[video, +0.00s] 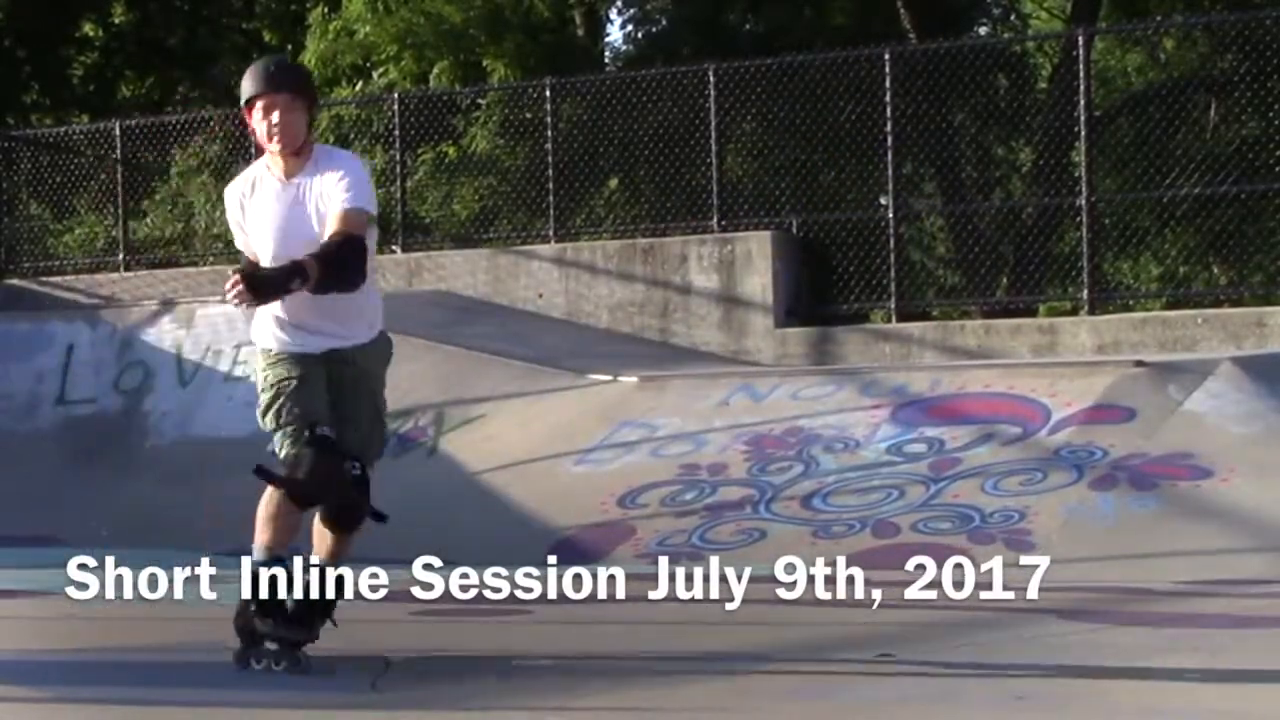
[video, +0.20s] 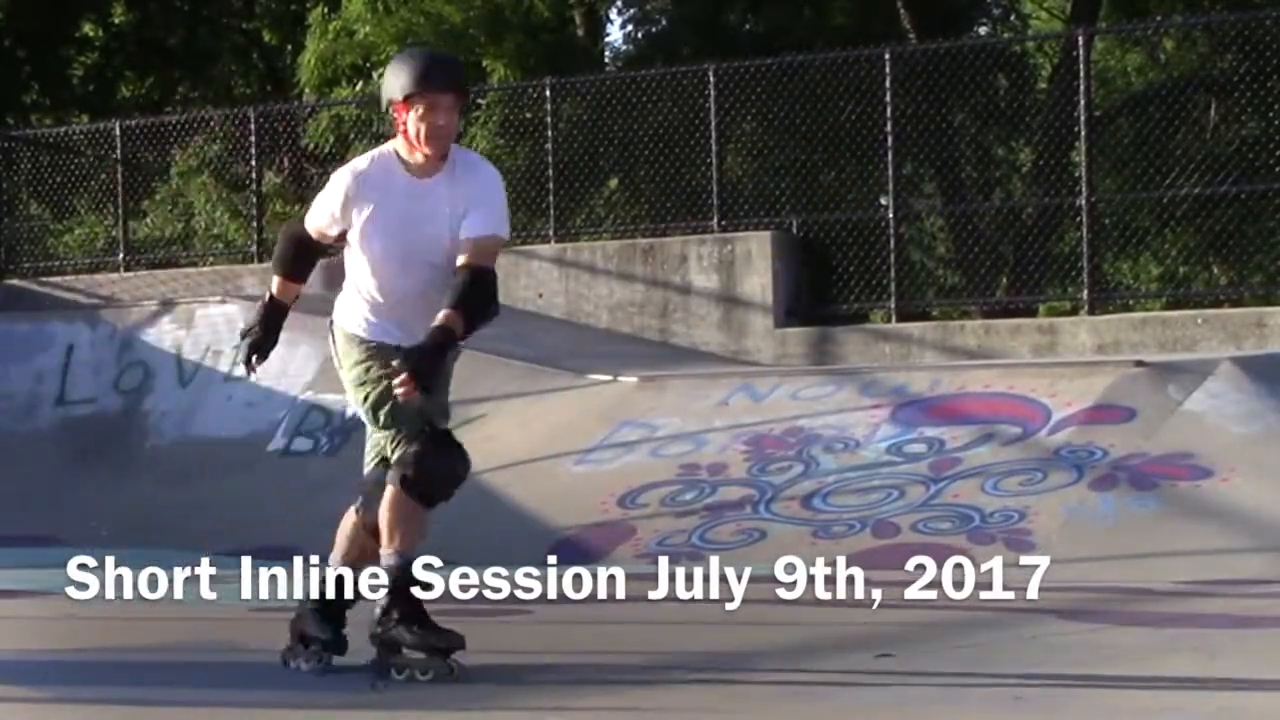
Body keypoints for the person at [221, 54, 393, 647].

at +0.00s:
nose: (273, 122)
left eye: (284, 109)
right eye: (262, 112)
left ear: (309, 111)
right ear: (248, 122)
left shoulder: (344, 172)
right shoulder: (240, 194)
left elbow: (347, 263)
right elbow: (264, 272)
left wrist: (277, 279)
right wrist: (253, 289)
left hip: (356, 346)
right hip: (285, 344)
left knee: (350, 487)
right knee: (304, 465)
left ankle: (315, 606)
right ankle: (258, 605)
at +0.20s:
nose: (438, 124)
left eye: (448, 110)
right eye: (426, 110)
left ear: (462, 112)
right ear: (399, 113)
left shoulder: (480, 181)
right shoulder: (358, 180)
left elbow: (477, 290)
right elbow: (303, 246)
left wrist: (429, 353)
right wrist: (271, 319)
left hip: (432, 345)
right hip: (364, 338)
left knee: (387, 488)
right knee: (417, 457)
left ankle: (322, 611)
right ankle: (399, 609)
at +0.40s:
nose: (608, 113)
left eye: (613, 99)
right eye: (596, 99)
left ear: (613, 102)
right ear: (555, 101)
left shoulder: (613, 180)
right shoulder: (499, 166)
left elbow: (628, 277)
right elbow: (408, 226)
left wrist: (643, 362)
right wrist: (363, 307)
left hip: (527, 345)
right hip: (471, 333)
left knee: (499, 492)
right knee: (554, 454)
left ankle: (422, 617)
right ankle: (551, 617)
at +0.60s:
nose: (753, 81)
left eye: (752, 68)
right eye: (740, 70)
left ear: (721, 78)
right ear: (694, 77)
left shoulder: (743, 157)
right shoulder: (642, 144)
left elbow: (775, 260)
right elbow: (559, 224)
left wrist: (820, 344)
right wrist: (527, 322)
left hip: (666, 331)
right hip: (610, 324)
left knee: (657, 490)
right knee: (709, 452)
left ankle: (573, 619)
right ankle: (717, 621)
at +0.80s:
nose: (900, 52)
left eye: (897, 39)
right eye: (887, 41)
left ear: (859, 54)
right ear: (839, 56)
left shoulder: (889, 134)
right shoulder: (791, 132)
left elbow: (902, 247)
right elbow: (712, 225)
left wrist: (934, 332)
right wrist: (692, 329)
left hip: (830, 326)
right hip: (766, 321)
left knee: (839, 474)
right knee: (868, 447)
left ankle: (758, 616)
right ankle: (881, 624)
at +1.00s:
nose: (1067, 41)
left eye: (1065, 27)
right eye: (1052, 29)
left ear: (1035, 45)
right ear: (1005, 45)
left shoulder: (1065, 125)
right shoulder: (957, 127)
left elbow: (1068, 244)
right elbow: (886, 231)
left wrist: (1081, 339)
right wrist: (870, 338)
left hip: (1012, 322)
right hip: (944, 323)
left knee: (1041, 464)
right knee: (1059, 451)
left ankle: (984, 619)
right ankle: (1055, 629)